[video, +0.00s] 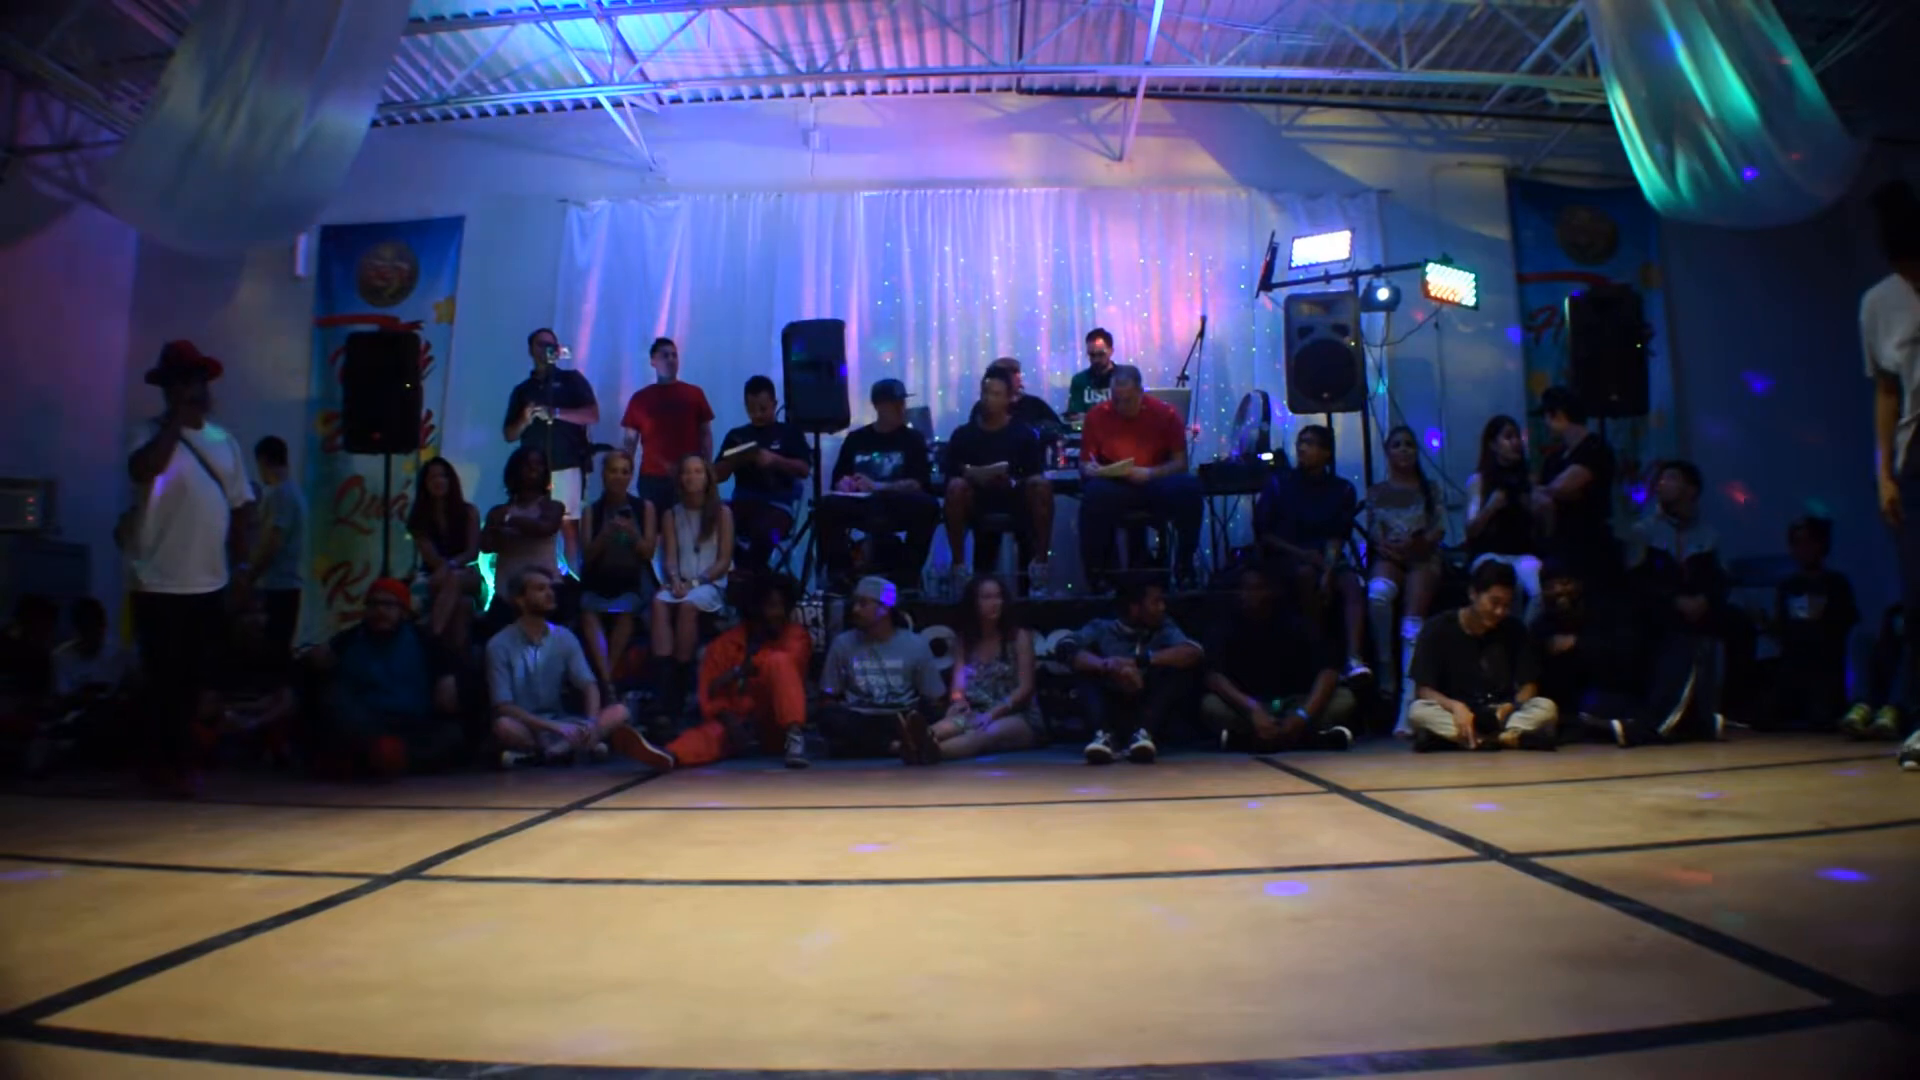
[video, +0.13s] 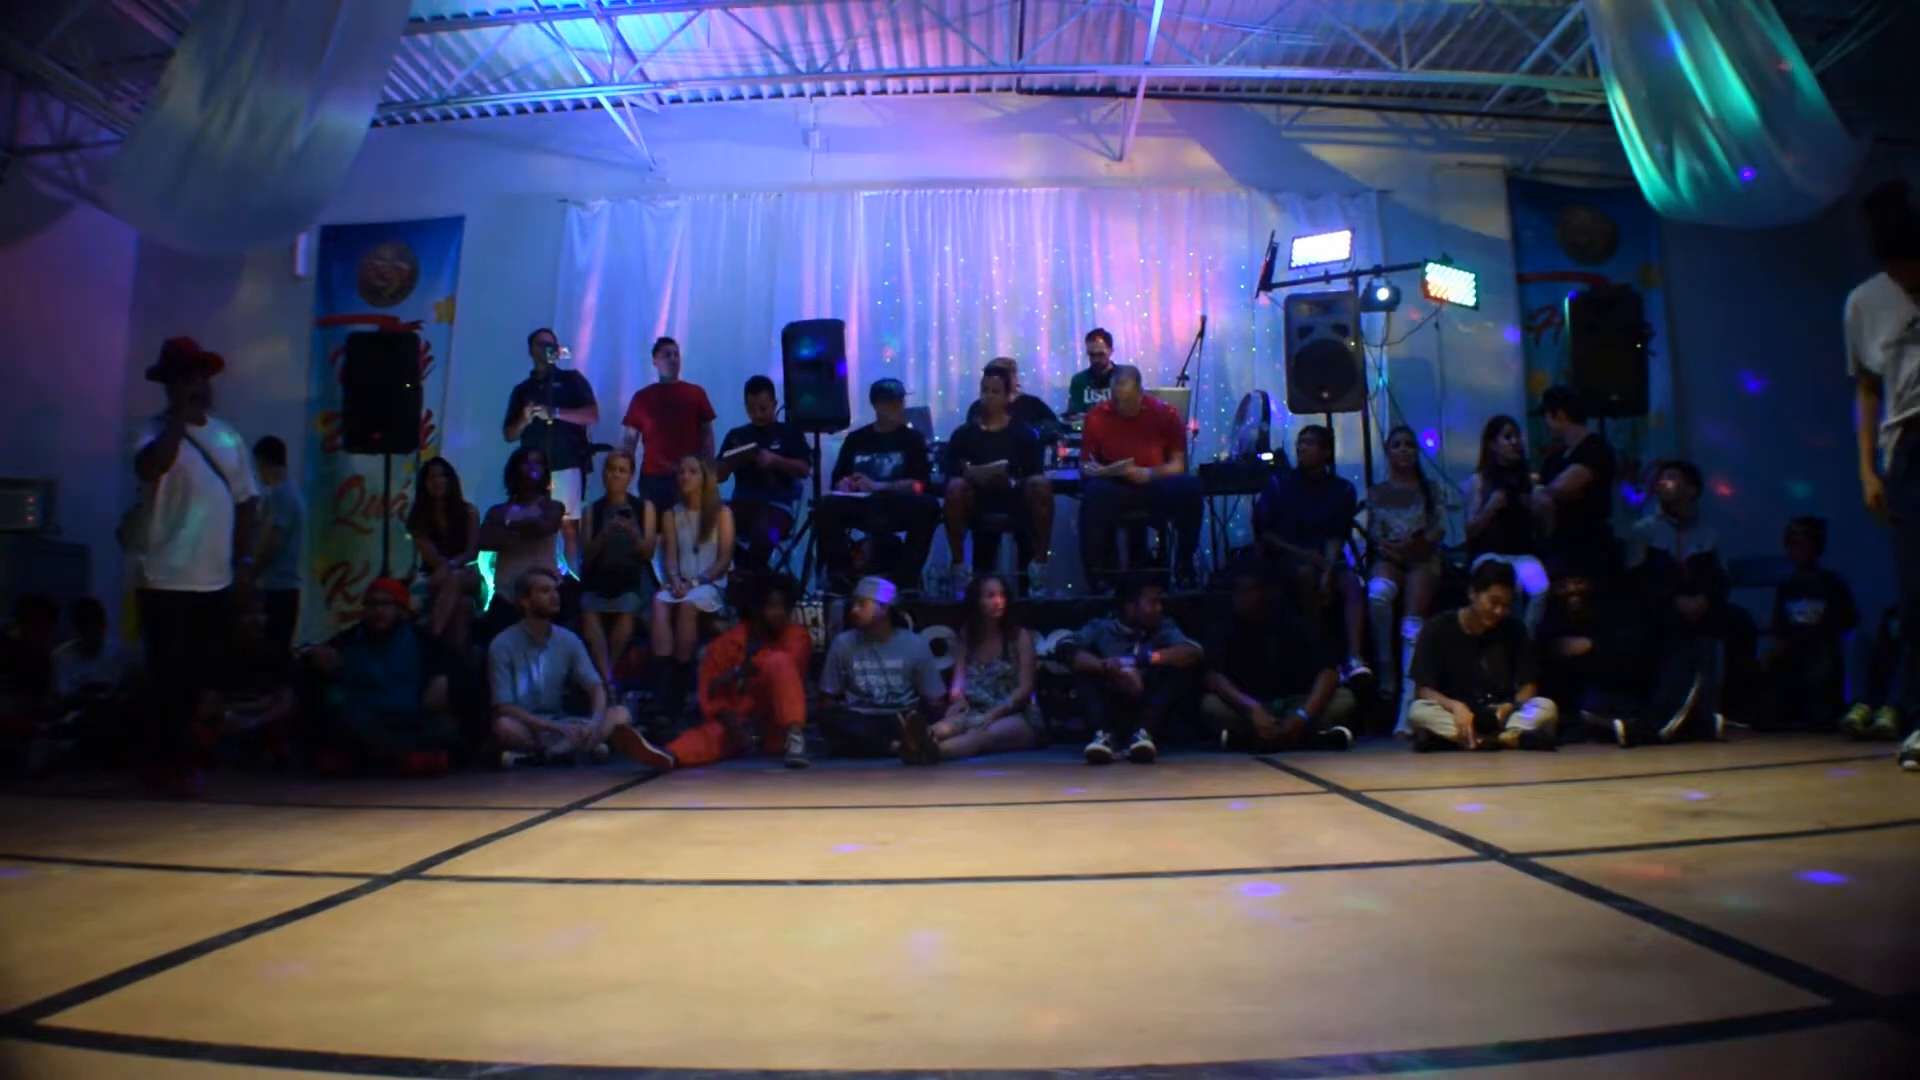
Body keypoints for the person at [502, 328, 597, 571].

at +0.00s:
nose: (548, 350)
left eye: (552, 346)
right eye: (542, 346)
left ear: (558, 350)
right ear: (531, 350)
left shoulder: (573, 379)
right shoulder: (522, 389)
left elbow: (592, 415)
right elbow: (509, 435)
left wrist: (556, 414)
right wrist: (525, 420)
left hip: (568, 463)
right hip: (534, 465)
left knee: (568, 523)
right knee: (535, 521)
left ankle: (572, 575)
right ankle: (538, 577)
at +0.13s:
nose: (548, 350)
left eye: (552, 345)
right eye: (542, 345)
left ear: (559, 350)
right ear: (531, 350)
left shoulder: (573, 379)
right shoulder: (522, 389)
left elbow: (591, 415)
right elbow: (509, 435)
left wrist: (556, 414)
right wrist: (524, 419)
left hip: (567, 464)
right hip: (534, 465)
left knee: (568, 525)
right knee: (534, 523)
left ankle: (571, 578)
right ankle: (537, 578)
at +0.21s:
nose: (548, 350)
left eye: (552, 346)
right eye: (542, 346)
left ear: (558, 350)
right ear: (531, 350)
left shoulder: (573, 380)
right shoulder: (522, 389)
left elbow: (592, 415)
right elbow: (509, 435)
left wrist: (556, 414)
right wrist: (524, 420)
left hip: (568, 463)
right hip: (534, 465)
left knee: (568, 525)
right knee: (535, 524)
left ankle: (571, 579)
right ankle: (537, 580)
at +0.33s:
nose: (548, 350)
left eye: (552, 346)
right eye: (542, 346)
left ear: (559, 350)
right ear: (531, 351)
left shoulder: (573, 379)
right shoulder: (522, 389)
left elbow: (592, 415)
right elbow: (509, 434)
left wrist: (556, 413)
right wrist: (524, 420)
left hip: (568, 463)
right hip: (535, 465)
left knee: (569, 524)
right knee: (534, 522)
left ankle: (572, 577)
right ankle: (537, 579)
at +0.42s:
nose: (548, 350)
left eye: (552, 346)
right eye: (542, 346)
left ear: (558, 350)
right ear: (531, 351)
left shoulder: (573, 379)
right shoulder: (522, 389)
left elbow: (592, 414)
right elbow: (509, 434)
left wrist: (555, 413)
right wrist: (524, 420)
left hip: (568, 463)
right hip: (534, 465)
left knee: (569, 525)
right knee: (535, 525)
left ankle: (572, 579)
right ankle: (538, 582)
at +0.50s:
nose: (548, 350)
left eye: (552, 346)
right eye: (542, 346)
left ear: (559, 350)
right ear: (531, 351)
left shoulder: (573, 379)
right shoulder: (522, 389)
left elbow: (592, 414)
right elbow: (510, 434)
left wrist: (556, 413)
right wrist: (524, 420)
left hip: (568, 463)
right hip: (535, 465)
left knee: (569, 524)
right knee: (534, 522)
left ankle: (572, 577)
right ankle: (537, 580)